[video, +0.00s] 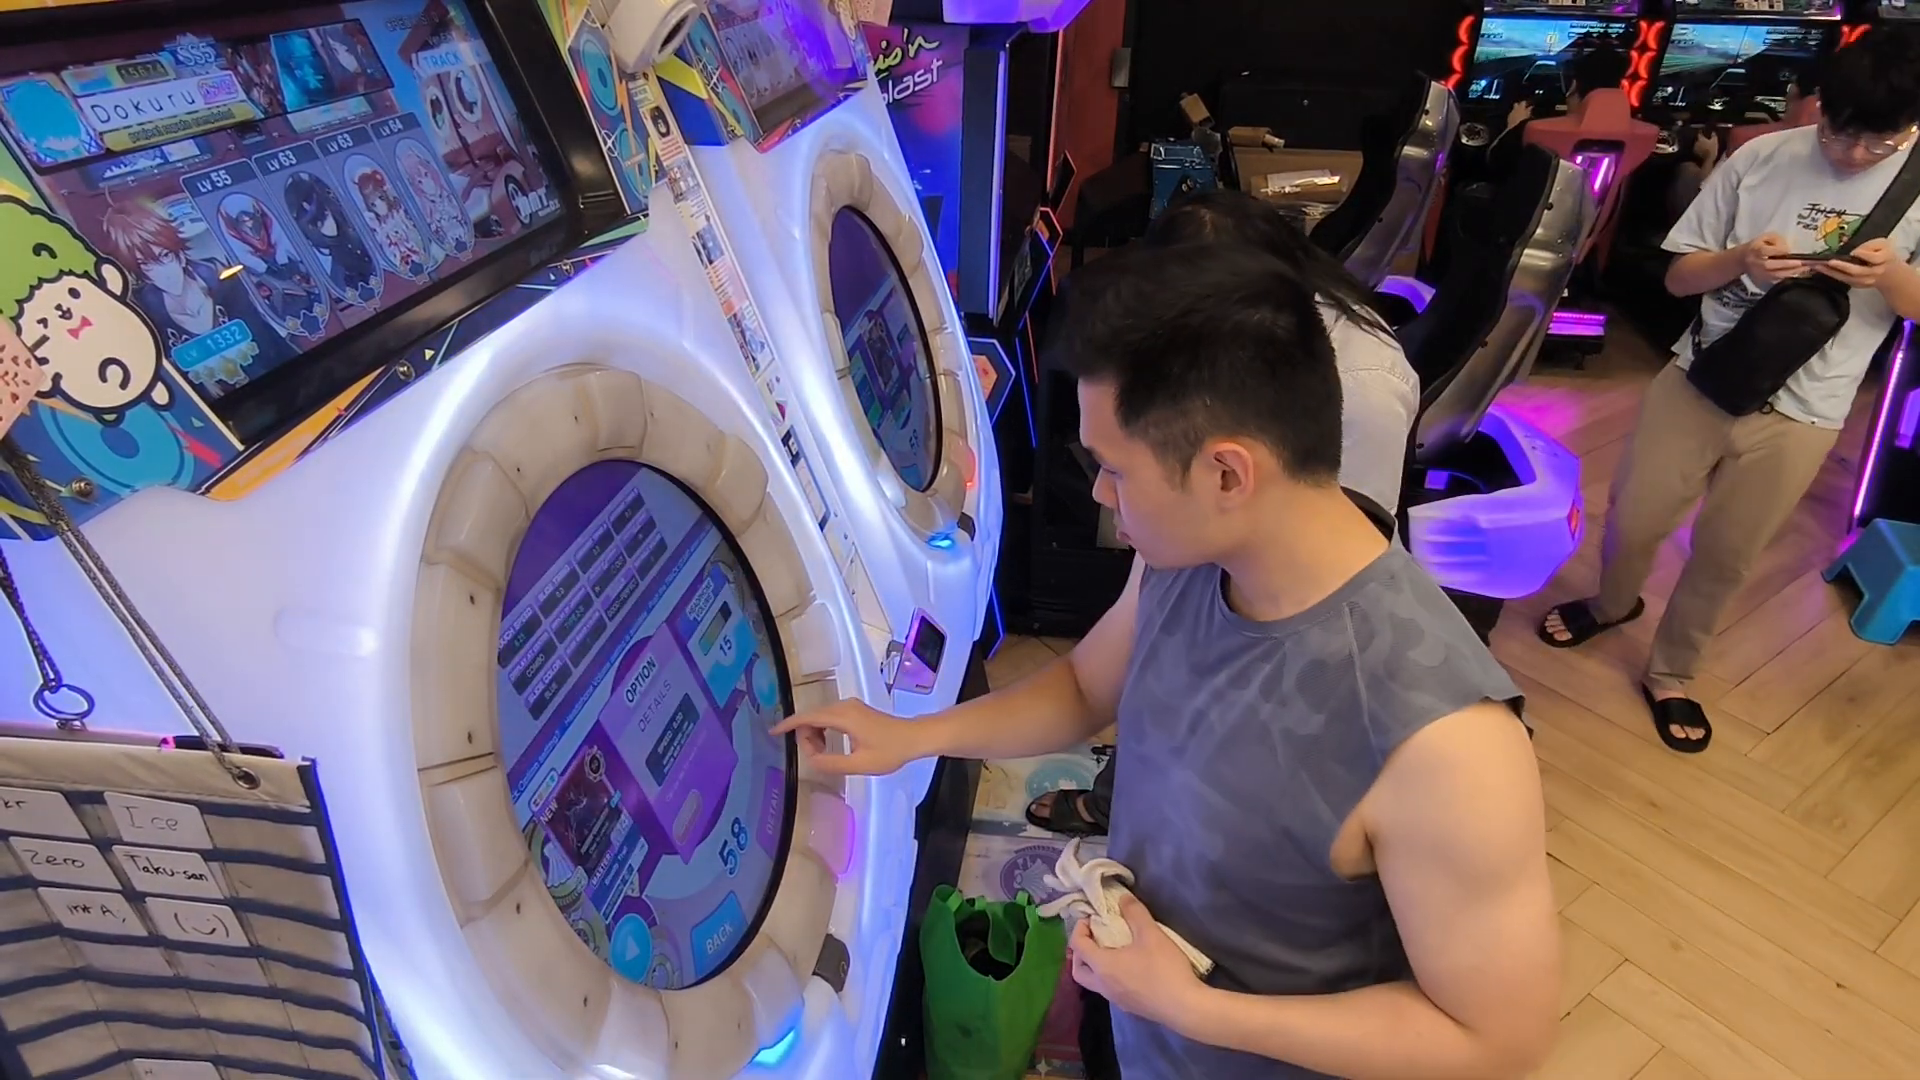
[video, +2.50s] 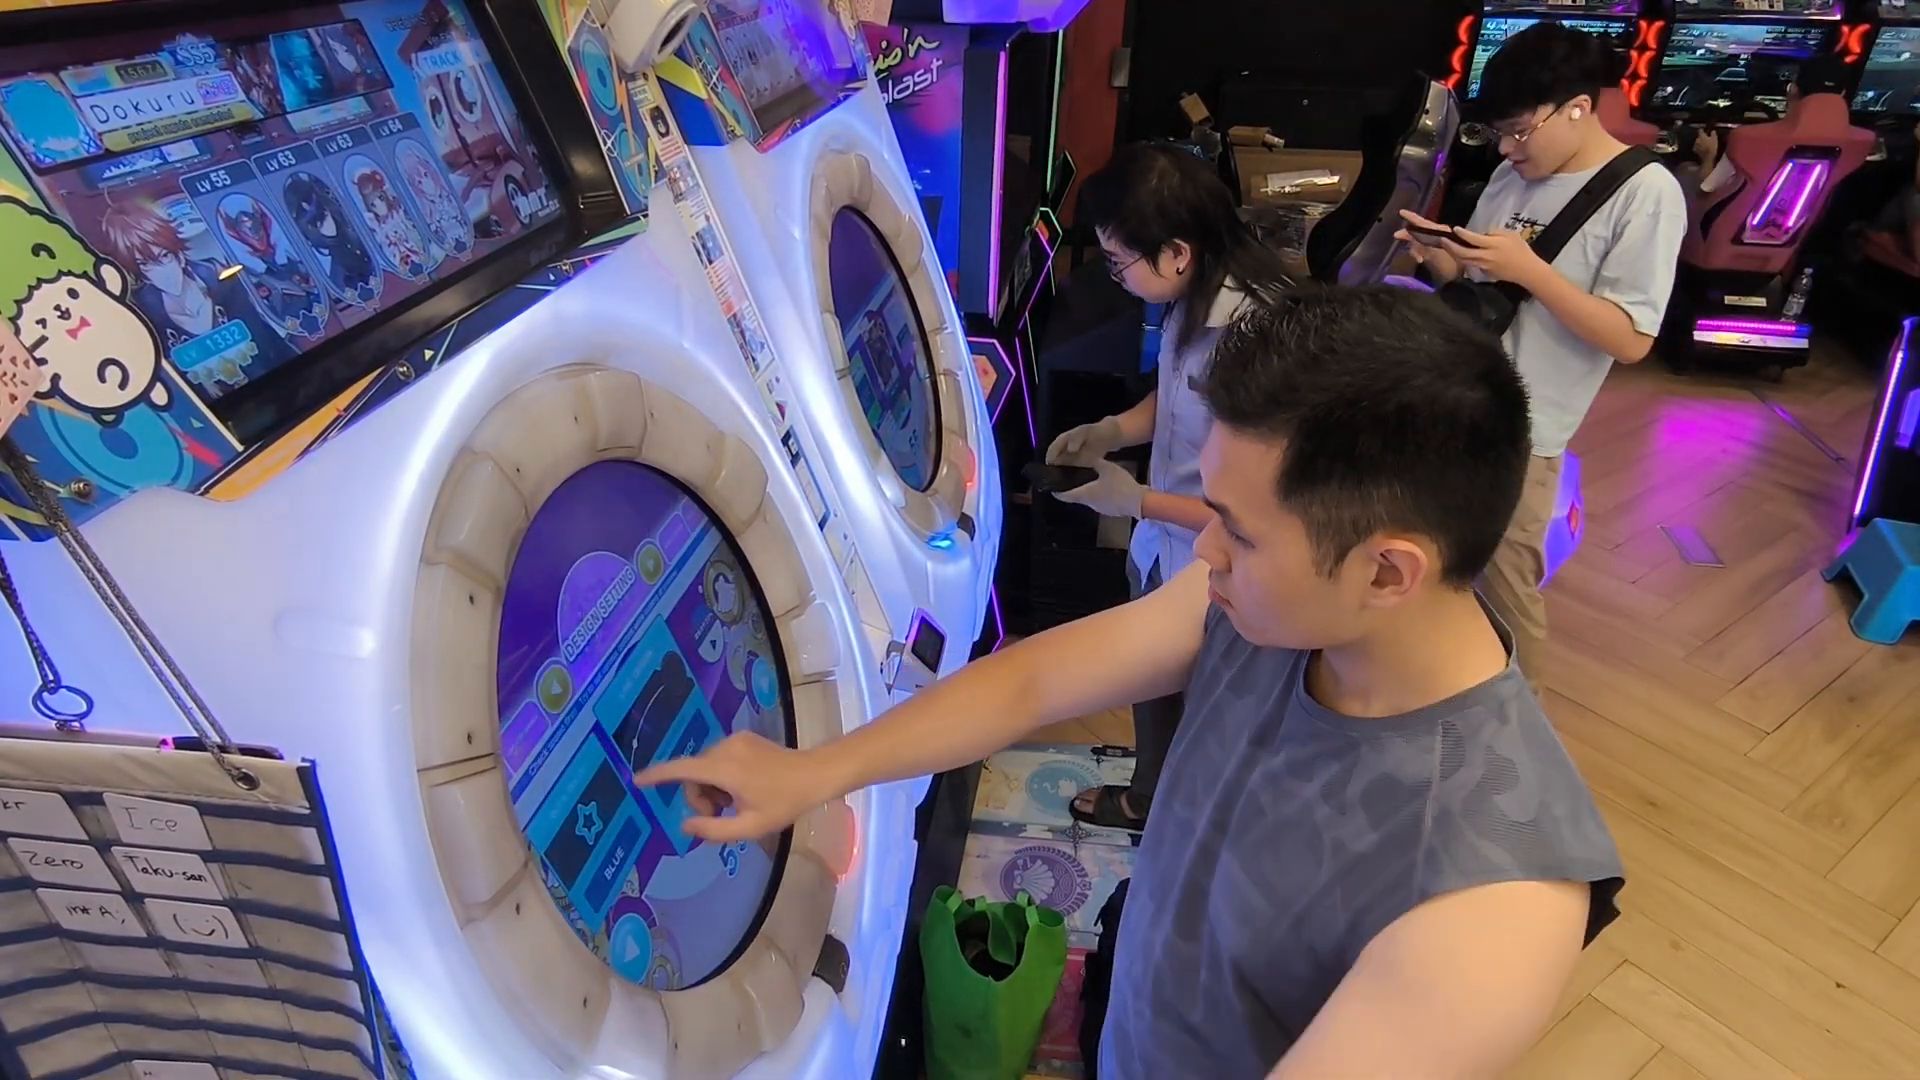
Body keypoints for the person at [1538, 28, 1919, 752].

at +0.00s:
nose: (1854, 151)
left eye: (1877, 139)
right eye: (1842, 129)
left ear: (1907, 125)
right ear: (1821, 104)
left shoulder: (1912, 195)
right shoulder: (1759, 159)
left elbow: (1915, 308)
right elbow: (1675, 275)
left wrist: (1891, 277)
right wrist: (1738, 262)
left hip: (1799, 420)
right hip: (1698, 382)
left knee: (1725, 558)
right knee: (1632, 518)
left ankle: (1672, 675)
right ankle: (1614, 603)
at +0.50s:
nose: (1798, 168)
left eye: (1821, 157)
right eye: (1788, 146)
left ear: (1871, 135)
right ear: (1777, 120)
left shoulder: (1907, 198)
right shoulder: (1736, 172)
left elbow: (1915, 329)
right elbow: (1650, 293)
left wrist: (1841, 297)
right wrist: (1689, 277)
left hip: (1768, 440)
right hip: (1666, 403)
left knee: (1710, 573)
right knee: (1597, 560)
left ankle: (1669, 676)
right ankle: (1538, 708)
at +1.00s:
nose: (1674, 159)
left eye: (1692, 146)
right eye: (1663, 142)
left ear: (1744, 118)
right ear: (1653, 117)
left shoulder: (1813, 190)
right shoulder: (1636, 168)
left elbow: (1819, 329)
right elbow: (1563, 290)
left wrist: (1723, 286)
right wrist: (1581, 276)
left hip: (1670, 440)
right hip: (1578, 410)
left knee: (1638, 594)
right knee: (1548, 574)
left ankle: (1631, 711)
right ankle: (1539, 703)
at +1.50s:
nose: (1635, 167)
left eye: (1652, 152)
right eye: (1627, 151)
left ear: (1716, 123)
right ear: (1620, 129)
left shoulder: (1785, 206)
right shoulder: (1632, 172)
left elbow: (1780, 354)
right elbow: (1560, 279)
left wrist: (1664, 295)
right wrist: (1549, 265)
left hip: (1626, 458)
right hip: (1546, 416)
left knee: (1556, 620)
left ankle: (1521, 733)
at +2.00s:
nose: (1593, 172)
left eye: (1607, 158)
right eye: (1587, 156)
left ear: (1671, 133)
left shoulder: (1747, 211)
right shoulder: (1606, 177)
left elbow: (1735, 363)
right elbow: (1556, 281)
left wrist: (1618, 298)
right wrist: (1524, 268)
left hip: (1604, 456)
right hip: (1531, 413)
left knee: (1555, 613)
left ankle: (1527, 717)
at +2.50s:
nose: (1507, 150)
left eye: (1519, 132)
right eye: (1500, 135)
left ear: (1579, 109)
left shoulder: (1648, 192)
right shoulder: (1510, 173)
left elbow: (1632, 337)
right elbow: (1468, 284)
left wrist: (1527, 269)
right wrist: (1437, 258)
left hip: (1525, 442)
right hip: (1446, 413)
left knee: (1504, 604)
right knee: (1416, 588)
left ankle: (1507, 739)